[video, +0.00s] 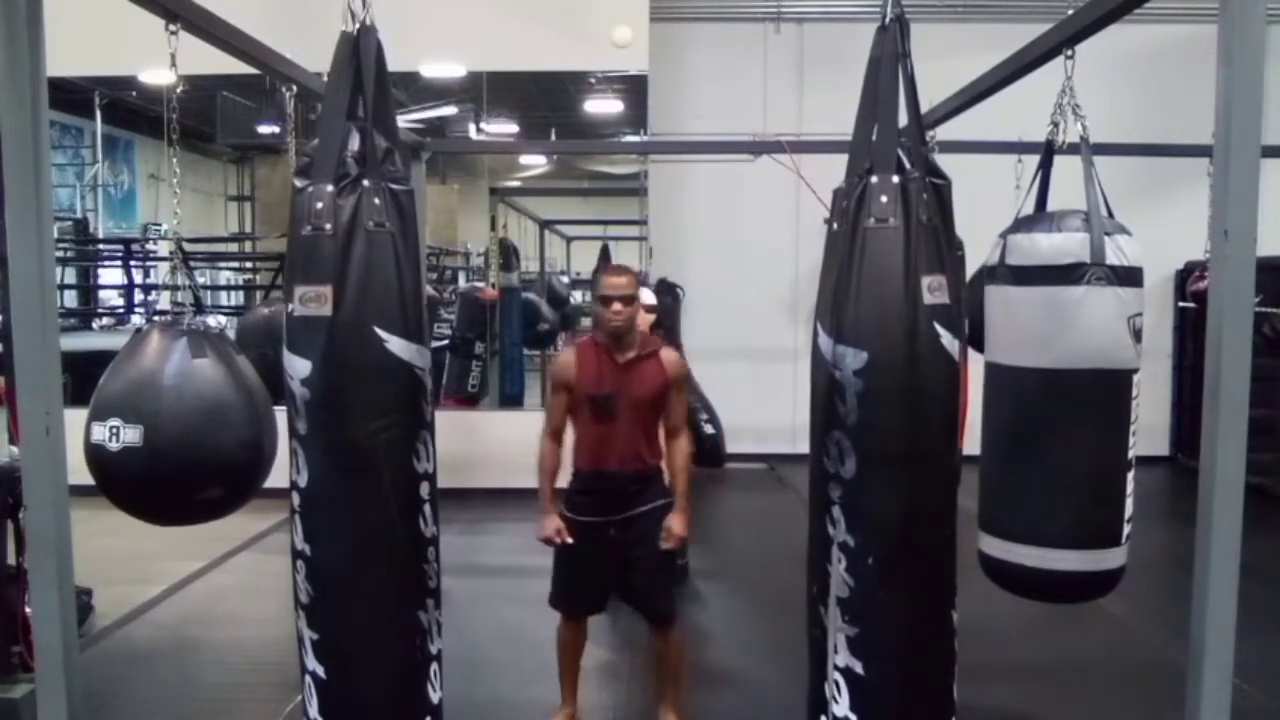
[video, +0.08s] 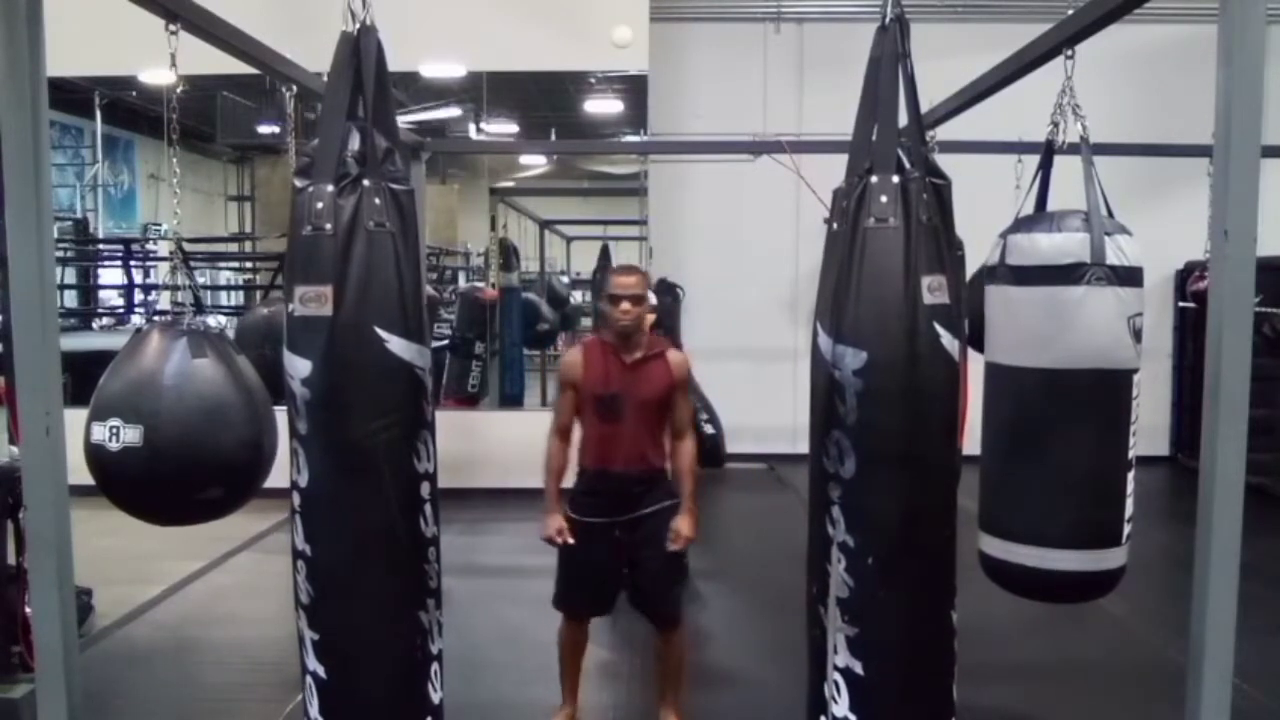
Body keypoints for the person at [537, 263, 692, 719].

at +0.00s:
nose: (616, 310)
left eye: (625, 301)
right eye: (606, 301)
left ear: (640, 305)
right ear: (594, 306)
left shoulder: (667, 363)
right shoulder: (569, 364)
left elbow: (678, 433)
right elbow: (552, 436)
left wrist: (681, 507)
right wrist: (549, 507)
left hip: (647, 499)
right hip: (585, 499)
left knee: (663, 615)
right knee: (573, 612)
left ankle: (668, 706)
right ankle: (568, 705)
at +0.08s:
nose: (624, 309)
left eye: (635, 301)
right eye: (615, 300)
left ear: (649, 306)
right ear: (601, 304)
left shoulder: (673, 363)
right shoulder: (577, 361)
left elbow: (683, 436)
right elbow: (560, 434)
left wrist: (687, 508)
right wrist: (553, 505)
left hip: (653, 498)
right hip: (592, 497)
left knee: (668, 615)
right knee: (575, 611)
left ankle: (670, 706)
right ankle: (568, 705)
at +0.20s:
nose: (644, 307)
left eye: (655, 299)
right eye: (635, 298)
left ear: (671, 305)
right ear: (622, 302)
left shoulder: (690, 365)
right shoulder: (594, 358)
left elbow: (701, 439)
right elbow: (578, 433)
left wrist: (705, 515)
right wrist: (570, 504)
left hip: (667, 501)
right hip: (603, 500)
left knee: (674, 620)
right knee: (579, 614)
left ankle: (670, 708)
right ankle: (572, 704)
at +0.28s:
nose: (648, 305)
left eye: (659, 297)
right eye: (639, 296)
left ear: (675, 303)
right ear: (627, 300)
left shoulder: (695, 363)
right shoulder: (597, 357)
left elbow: (710, 438)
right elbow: (584, 431)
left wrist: (712, 514)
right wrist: (577, 503)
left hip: (669, 502)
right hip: (606, 502)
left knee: (675, 621)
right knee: (583, 614)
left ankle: (670, 707)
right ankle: (580, 706)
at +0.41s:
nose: (647, 306)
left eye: (659, 299)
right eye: (638, 297)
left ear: (676, 304)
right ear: (626, 301)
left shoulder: (696, 365)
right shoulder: (598, 358)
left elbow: (712, 440)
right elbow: (584, 432)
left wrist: (717, 516)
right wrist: (578, 504)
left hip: (671, 505)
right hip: (608, 505)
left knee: (674, 624)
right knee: (587, 620)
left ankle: (670, 708)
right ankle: (580, 712)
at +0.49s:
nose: (642, 307)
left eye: (653, 299)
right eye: (632, 298)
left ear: (671, 304)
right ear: (621, 303)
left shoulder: (692, 366)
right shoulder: (594, 361)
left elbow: (709, 441)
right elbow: (578, 435)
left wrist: (718, 517)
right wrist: (574, 508)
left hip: (670, 507)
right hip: (607, 507)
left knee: (676, 627)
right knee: (591, 626)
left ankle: (670, 709)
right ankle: (580, 714)